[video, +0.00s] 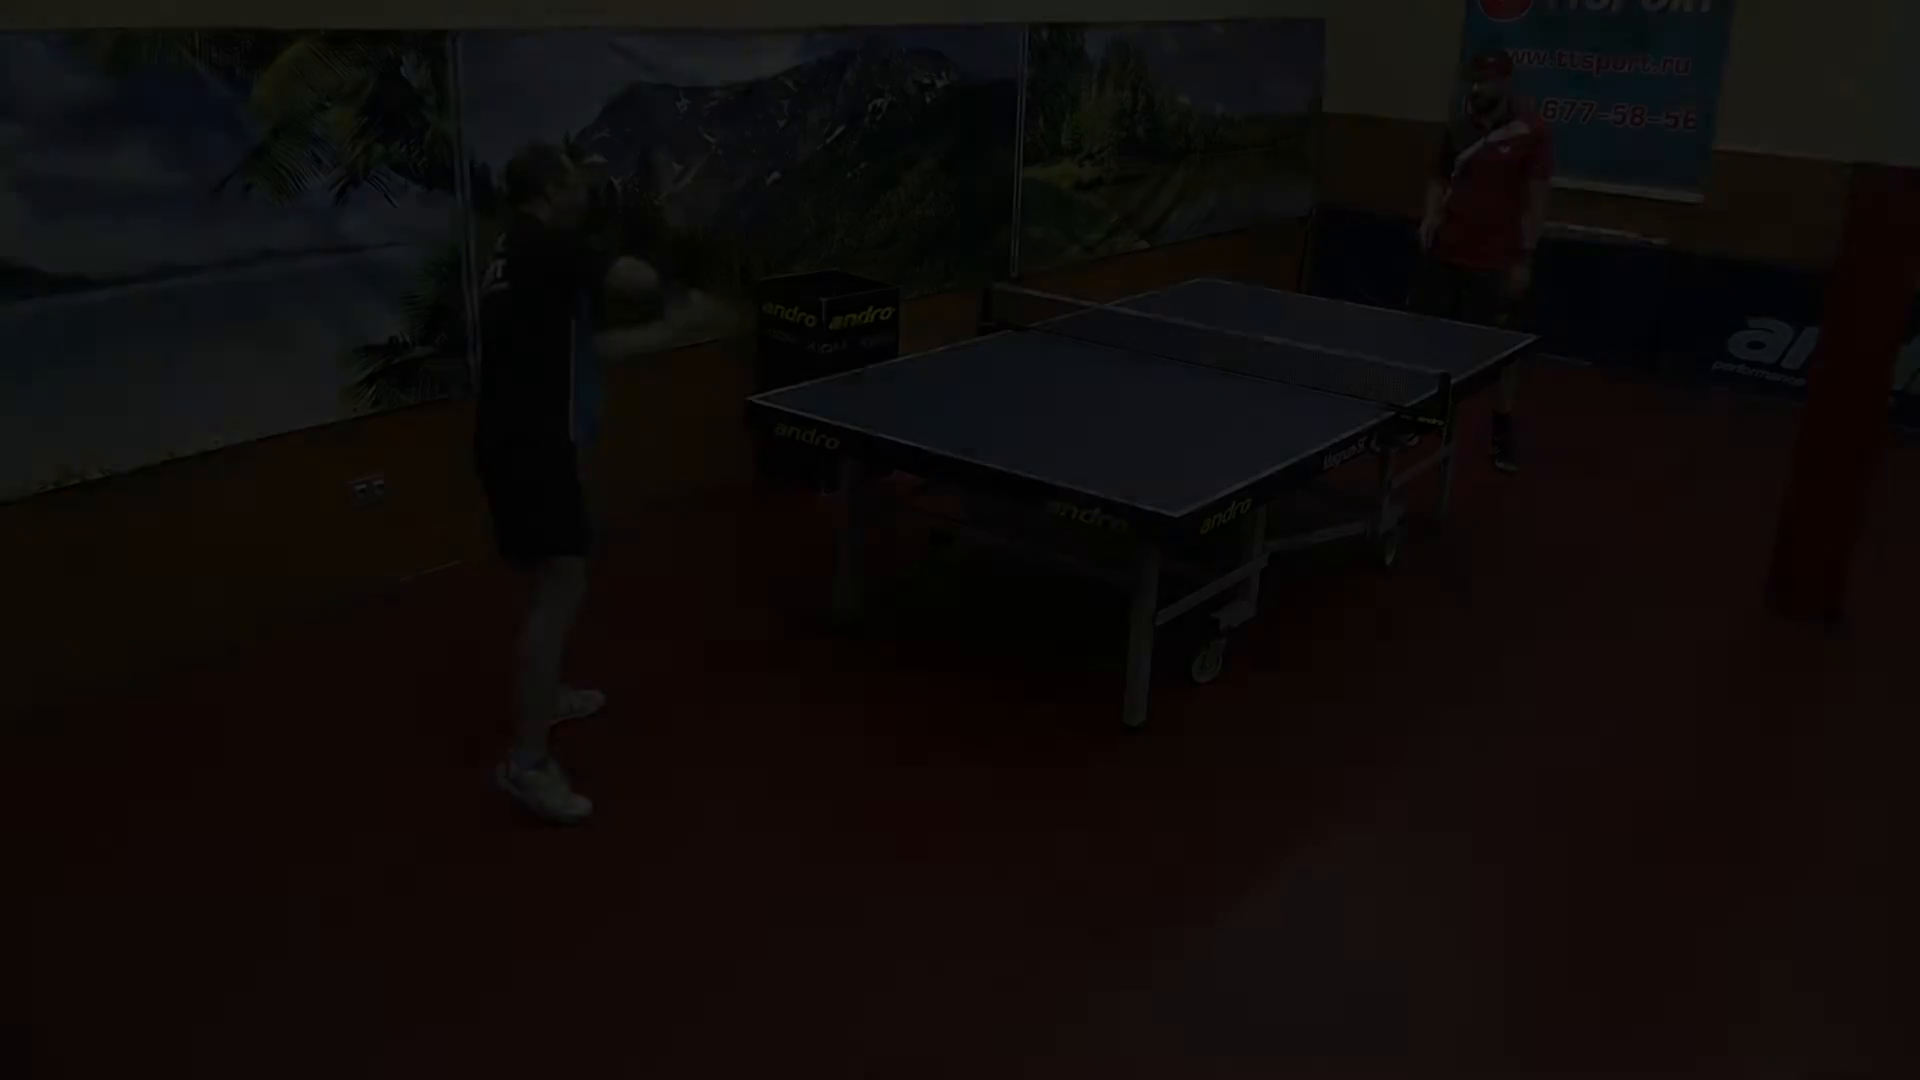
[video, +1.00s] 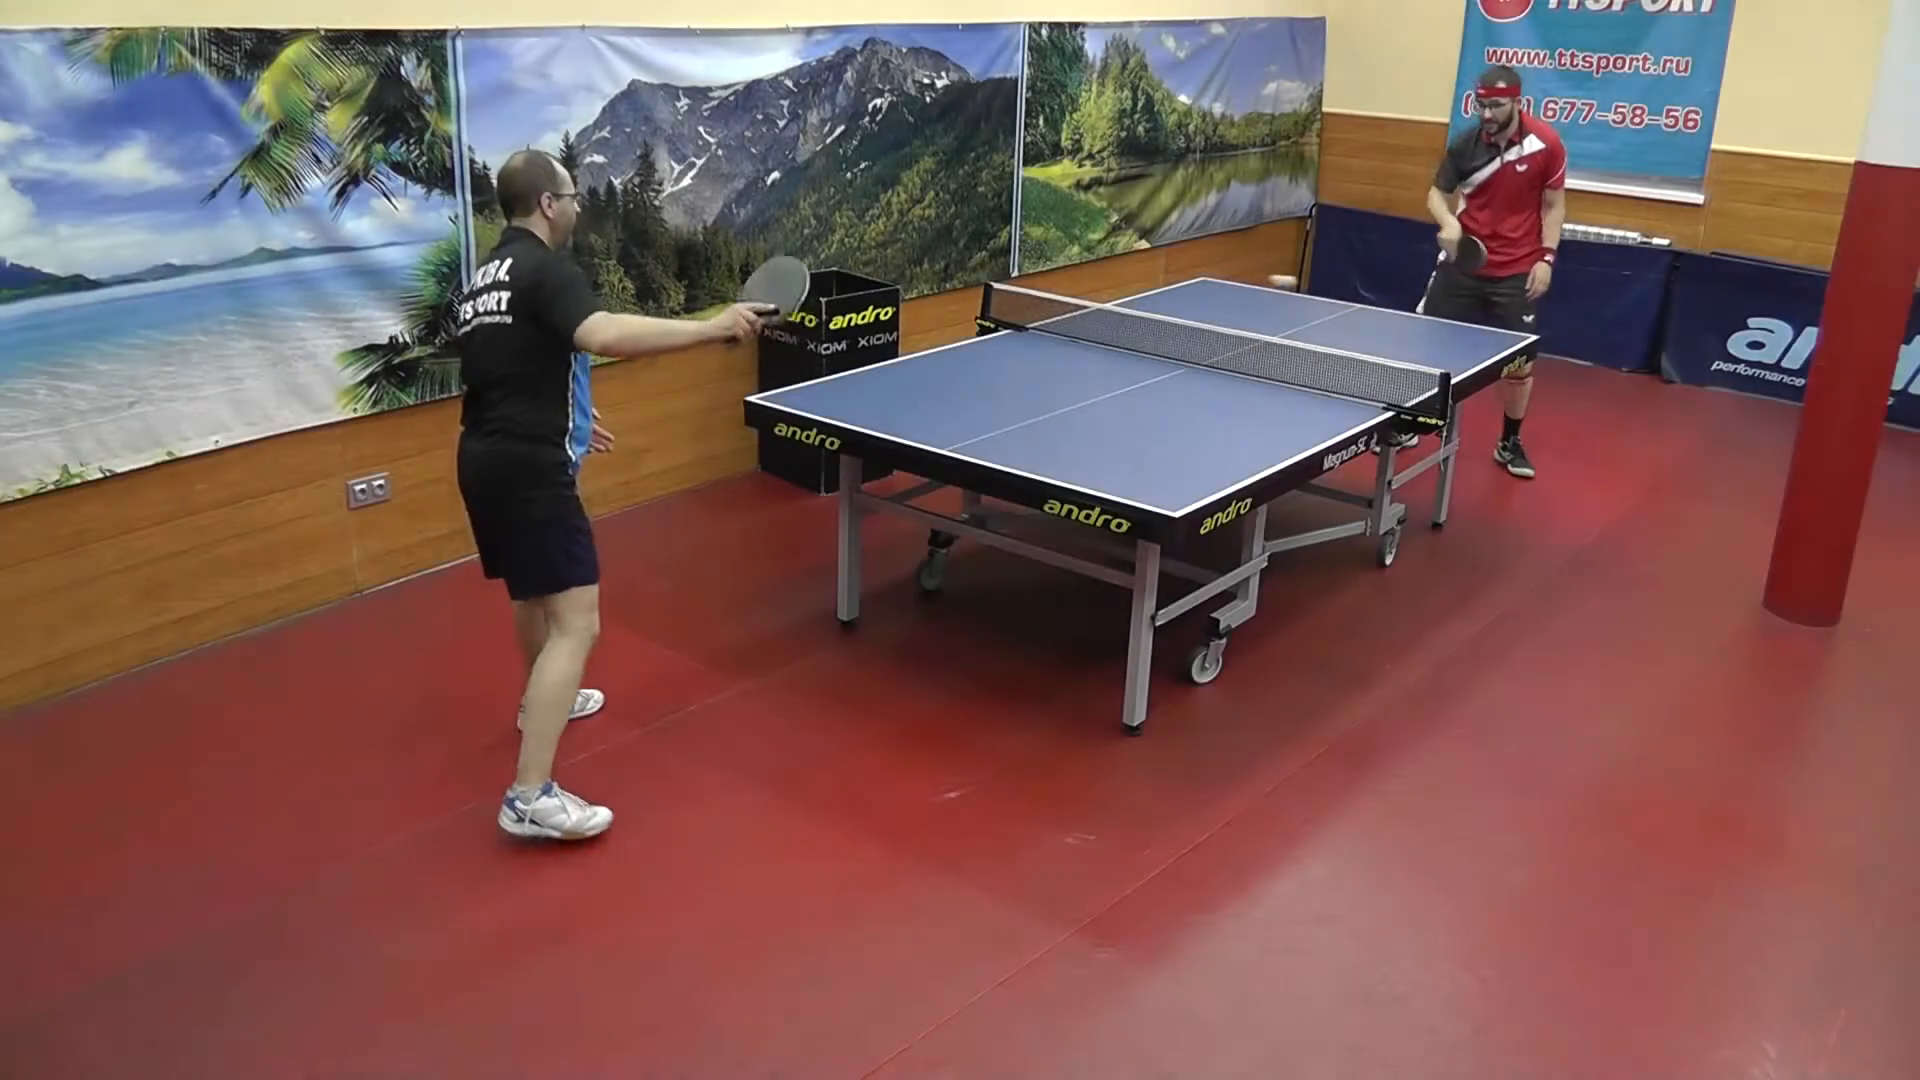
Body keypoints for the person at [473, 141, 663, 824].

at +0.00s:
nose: (582, 193)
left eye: (576, 182)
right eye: (572, 184)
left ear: (526, 197)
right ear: (550, 194)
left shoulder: (515, 253)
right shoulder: (550, 253)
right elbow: (636, 278)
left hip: (515, 438)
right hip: (535, 442)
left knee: (558, 570)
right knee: (560, 582)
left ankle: (544, 688)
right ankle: (527, 756)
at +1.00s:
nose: (577, 208)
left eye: (574, 197)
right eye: (571, 197)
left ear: (517, 208)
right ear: (547, 204)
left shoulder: (484, 273)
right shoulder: (544, 267)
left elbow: (493, 376)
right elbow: (601, 335)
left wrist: (561, 421)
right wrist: (711, 327)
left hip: (484, 461)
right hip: (529, 464)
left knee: (531, 592)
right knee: (575, 625)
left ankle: (543, 694)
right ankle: (529, 795)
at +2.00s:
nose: (758, 368)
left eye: (756, 356)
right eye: (747, 360)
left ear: (707, 368)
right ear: (701, 371)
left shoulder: (693, 384)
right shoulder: (626, 445)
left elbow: (734, 399)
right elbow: (569, 572)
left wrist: (783, 449)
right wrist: (571, 697)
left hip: (611, 556)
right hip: (596, 575)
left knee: (556, 627)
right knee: (703, 683)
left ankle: (496, 712)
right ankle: (701, 842)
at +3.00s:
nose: (637, 283)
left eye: (634, 270)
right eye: (631, 272)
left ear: (568, 283)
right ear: (603, 287)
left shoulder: (512, 342)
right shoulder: (586, 398)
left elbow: (512, 458)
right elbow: (614, 526)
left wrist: (588, 514)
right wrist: (674, 540)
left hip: (452, 558)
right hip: (523, 578)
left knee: (446, 689)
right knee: (634, 699)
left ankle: (388, 819)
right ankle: (684, 865)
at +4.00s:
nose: (612, 270)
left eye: (607, 258)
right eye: (606, 259)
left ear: (540, 275)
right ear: (588, 273)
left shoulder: (494, 357)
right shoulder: (622, 353)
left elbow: (435, 463)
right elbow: (732, 401)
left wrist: (483, 522)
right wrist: (856, 405)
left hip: (476, 567)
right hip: (564, 574)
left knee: (436, 700)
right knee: (643, 700)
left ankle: (388, 821)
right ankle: (630, 874)